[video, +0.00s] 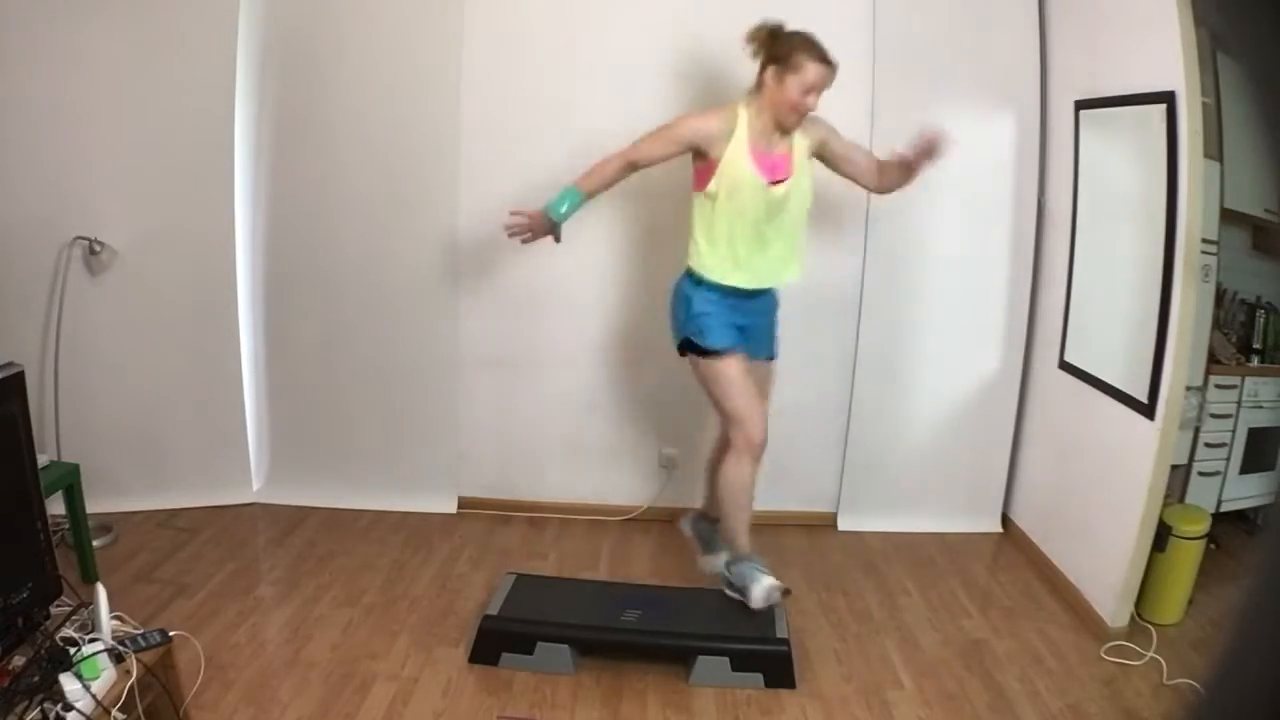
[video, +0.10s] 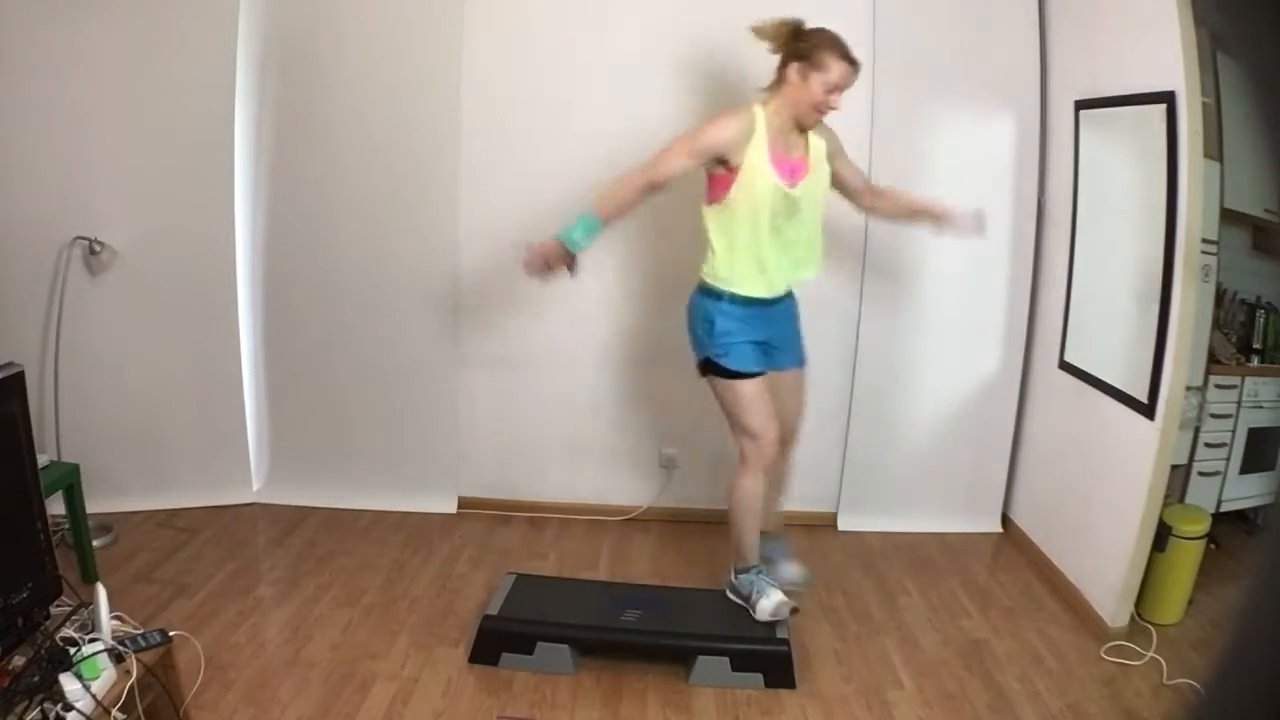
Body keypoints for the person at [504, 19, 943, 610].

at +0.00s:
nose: (814, 103)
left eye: (820, 92)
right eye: (807, 88)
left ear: (818, 93)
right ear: (771, 77)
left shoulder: (810, 136)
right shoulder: (715, 128)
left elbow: (878, 178)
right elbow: (627, 160)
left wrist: (912, 164)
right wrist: (557, 213)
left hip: (760, 301)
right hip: (707, 298)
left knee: (743, 431)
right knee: (749, 432)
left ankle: (710, 522)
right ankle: (740, 559)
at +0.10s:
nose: (835, 102)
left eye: (842, 93)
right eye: (830, 88)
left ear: (836, 91)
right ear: (792, 73)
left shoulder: (819, 141)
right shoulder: (735, 129)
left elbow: (867, 195)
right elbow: (649, 178)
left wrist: (936, 214)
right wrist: (572, 240)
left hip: (778, 306)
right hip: (725, 307)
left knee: (783, 433)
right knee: (758, 444)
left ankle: (766, 544)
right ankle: (744, 574)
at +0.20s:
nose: (859, 106)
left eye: (865, 96)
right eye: (855, 91)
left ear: (834, 83)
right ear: (818, 73)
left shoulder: (828, 144)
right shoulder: (758, 132)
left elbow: (849, 221)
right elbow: (679, 201)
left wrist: (905, 274)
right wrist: (632, 287)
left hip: (793, 311)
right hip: (740, 313)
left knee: (821, 440)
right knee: (773, 456)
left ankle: (824, 557)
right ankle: (748, 572)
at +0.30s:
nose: (882, 105)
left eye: (887, 94)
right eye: (878, 90)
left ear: (850, 81)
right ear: (841, 74)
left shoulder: (835, 144)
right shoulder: (779, 130)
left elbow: (819, 240)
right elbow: (713, 213)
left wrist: (840, 313)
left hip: (816, 318)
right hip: (762, 317)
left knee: (848, 454)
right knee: (787, 468)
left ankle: (862, 581)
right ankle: (747, 574)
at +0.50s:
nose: (914, 141)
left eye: (917, 128)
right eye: (910, 125)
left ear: (876, 118)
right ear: (876, 112)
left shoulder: (857, 178)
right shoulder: (827, 169)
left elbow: (785, 256)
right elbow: (810, 262)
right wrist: (915, 280)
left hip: (861, 371)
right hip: (809, 373)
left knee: (885, 524)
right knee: (843, 541)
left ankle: (853, 657)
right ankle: (758, 564)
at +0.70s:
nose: (920, 153)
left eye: (922, 139)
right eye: (920, 137)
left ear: (872, 125)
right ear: (895, 123)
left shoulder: (838, 185)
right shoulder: (870, 183)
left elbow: (790, 285)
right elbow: (905, 297)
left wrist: (752, 363)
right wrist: (955, 255)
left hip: (842, 407)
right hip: (852, 413)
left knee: (897, 551)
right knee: (918, 573)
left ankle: (847, 663)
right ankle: (773, 631)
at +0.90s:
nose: (887, 131)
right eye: (889, 121)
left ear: (825, 124)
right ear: (886, 121)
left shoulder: (796, 200)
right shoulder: (908, 186)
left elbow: (733, 300)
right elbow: (975, 296)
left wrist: (721, 398)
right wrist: (935, 221)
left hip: (804, 421)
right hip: (859, 436)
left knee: (868, 565)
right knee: (865, 621)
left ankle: (866, 672)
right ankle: (811, 715)